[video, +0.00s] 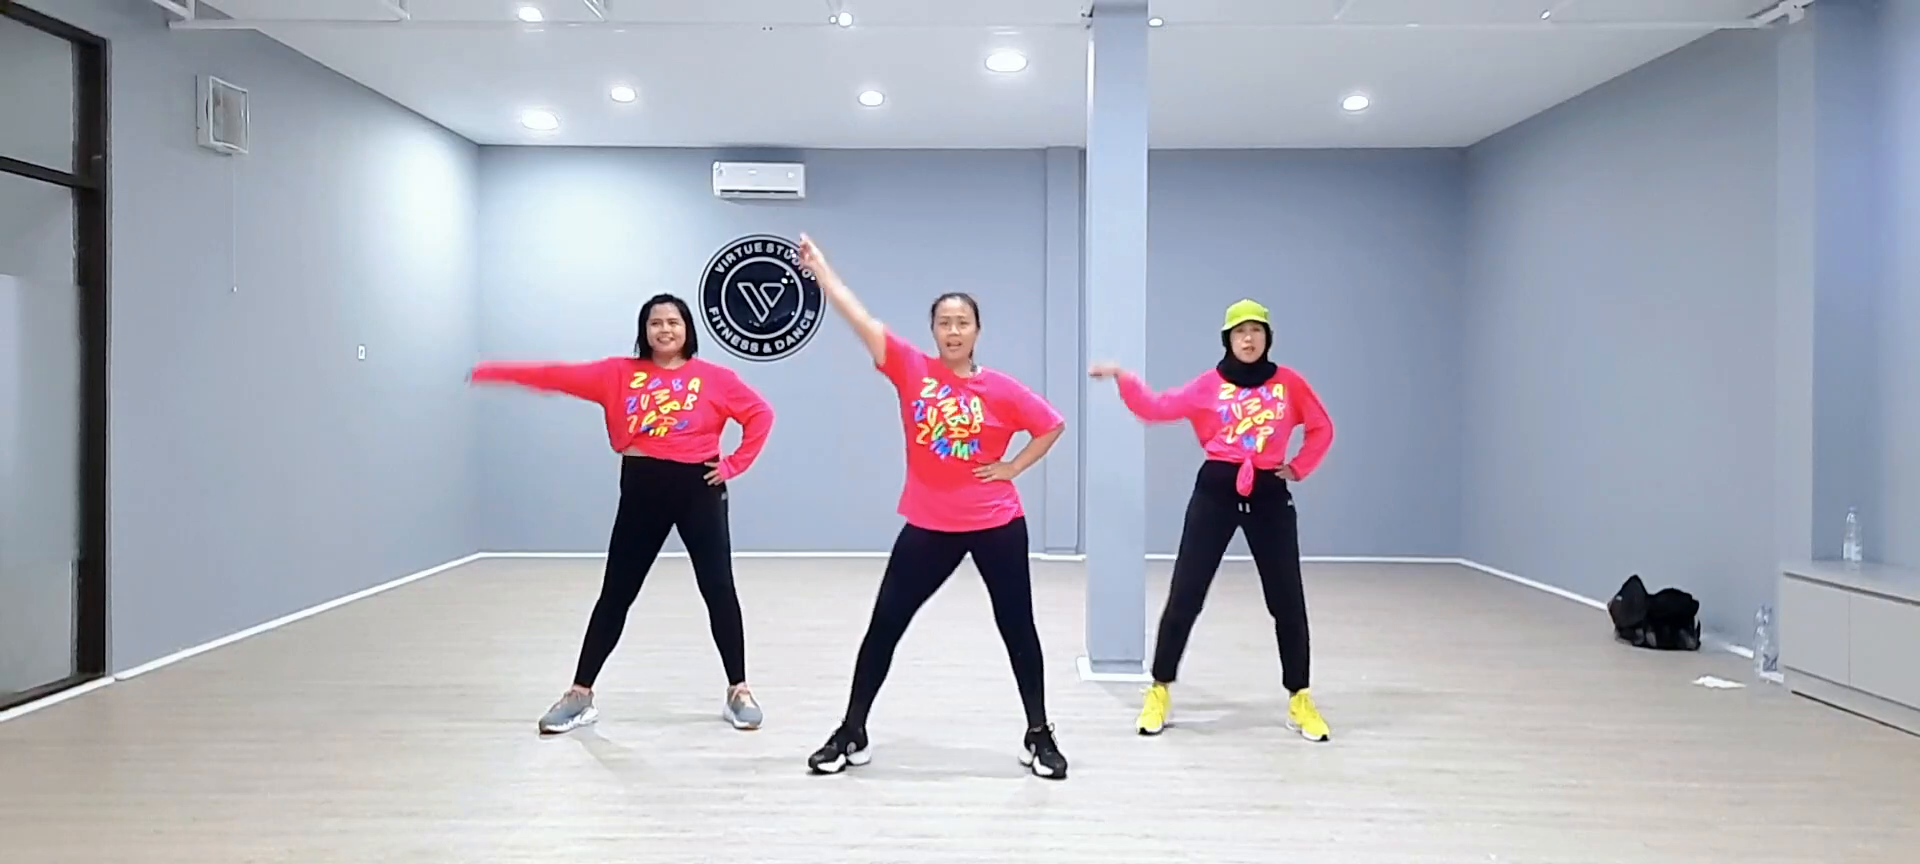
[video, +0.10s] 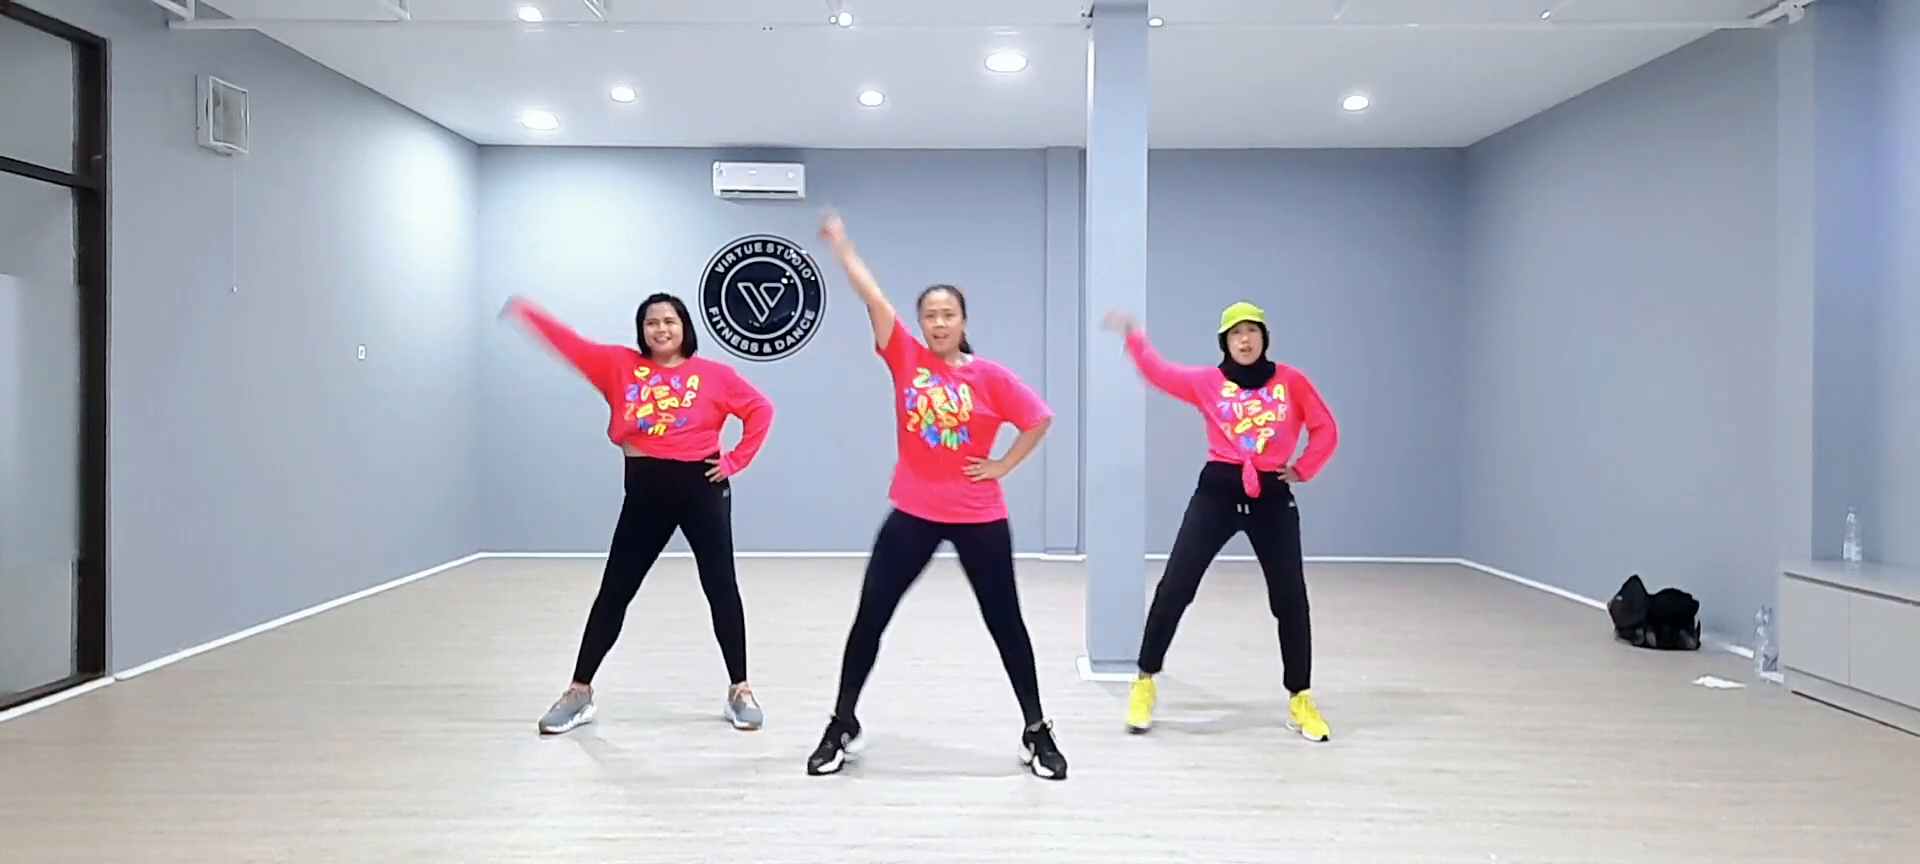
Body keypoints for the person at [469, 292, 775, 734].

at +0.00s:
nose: (665, 328)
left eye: (673, 321)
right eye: (656, 322)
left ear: (688, 330)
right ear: (644, 331)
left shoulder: (712, 377)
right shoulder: (618, 372)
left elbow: (762, 415)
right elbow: (553, 375)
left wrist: (735, 464)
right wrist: (486, 371)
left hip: (699, 488)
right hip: (642, 486)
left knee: (718, 586)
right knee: (616, 592)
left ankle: (739, 690)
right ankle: (580, 693)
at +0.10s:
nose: (661, 327)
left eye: (669, 321)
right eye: (653, 322)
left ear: (685, 328)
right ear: (641, 331)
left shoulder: (710, 373)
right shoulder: (620, 365)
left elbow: (762, 409)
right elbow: (570, 343)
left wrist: (736, 460)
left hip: (703, 488)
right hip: (646, 489)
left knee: (720, 585)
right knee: (615, 590)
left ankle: (741, 690)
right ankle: (579, 691)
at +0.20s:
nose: (652, 324)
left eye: (660, 317)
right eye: (643, 319)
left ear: (677, 323)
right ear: (633, 328)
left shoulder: (706, 367)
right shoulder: (617, 357)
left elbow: (754, 408)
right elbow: (573, 317)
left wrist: (732, 458)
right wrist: (544, 263)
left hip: (693, 483)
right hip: (636, 481)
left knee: (715, 584)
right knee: (604, 585)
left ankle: (740, 688)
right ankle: (572, 685)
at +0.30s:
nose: (639, 327)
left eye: (647, 319)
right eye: (630, 321)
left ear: (664, 323)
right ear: (621, 331)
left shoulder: (698, 366)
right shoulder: (610, 359)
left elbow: (738, 415)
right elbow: (576, 314)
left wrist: (713, 466)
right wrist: (590, 260)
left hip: (674, 483)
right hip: (616, 478)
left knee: (706, 584)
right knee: (594, 583)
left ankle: (739, 686)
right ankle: (574, 688)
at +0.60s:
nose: (649, 320)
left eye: (658, 313)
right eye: (640, 314)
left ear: (673, 320)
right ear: (629, 323)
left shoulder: (698, 364)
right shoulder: (609, 358)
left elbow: (744, 407)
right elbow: (559, 324)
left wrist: (722, 458)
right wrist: (550, 260)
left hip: (684, 480)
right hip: (627, 477)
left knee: (715, 578)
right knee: (598, 581)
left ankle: (746, 681)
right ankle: (571, 685)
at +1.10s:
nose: (641, 325)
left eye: (650, 318)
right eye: (633, 320)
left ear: (667, 327)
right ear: (624, 331)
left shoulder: (694, 369)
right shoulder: (608, 360)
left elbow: (737, 413)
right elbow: (557, 341)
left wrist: (704, 466)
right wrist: (596, 296)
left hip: (671, 482)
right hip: (616, 479)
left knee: (704, 580)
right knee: (591, 582)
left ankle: (743, 682)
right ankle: (580, 680)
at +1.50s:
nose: (655, 312)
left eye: (664, 307)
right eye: (647, 306)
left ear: (679, 317)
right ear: (633, 316)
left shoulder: (704, 355)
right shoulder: (616, 359)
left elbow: (734, 397)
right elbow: (585, 414)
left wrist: (741, 451)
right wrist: (605, 370)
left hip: (693, 470)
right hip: (636, 471)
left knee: (703, 575)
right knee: (613, 571)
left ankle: (705, 679)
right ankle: (626, 667)